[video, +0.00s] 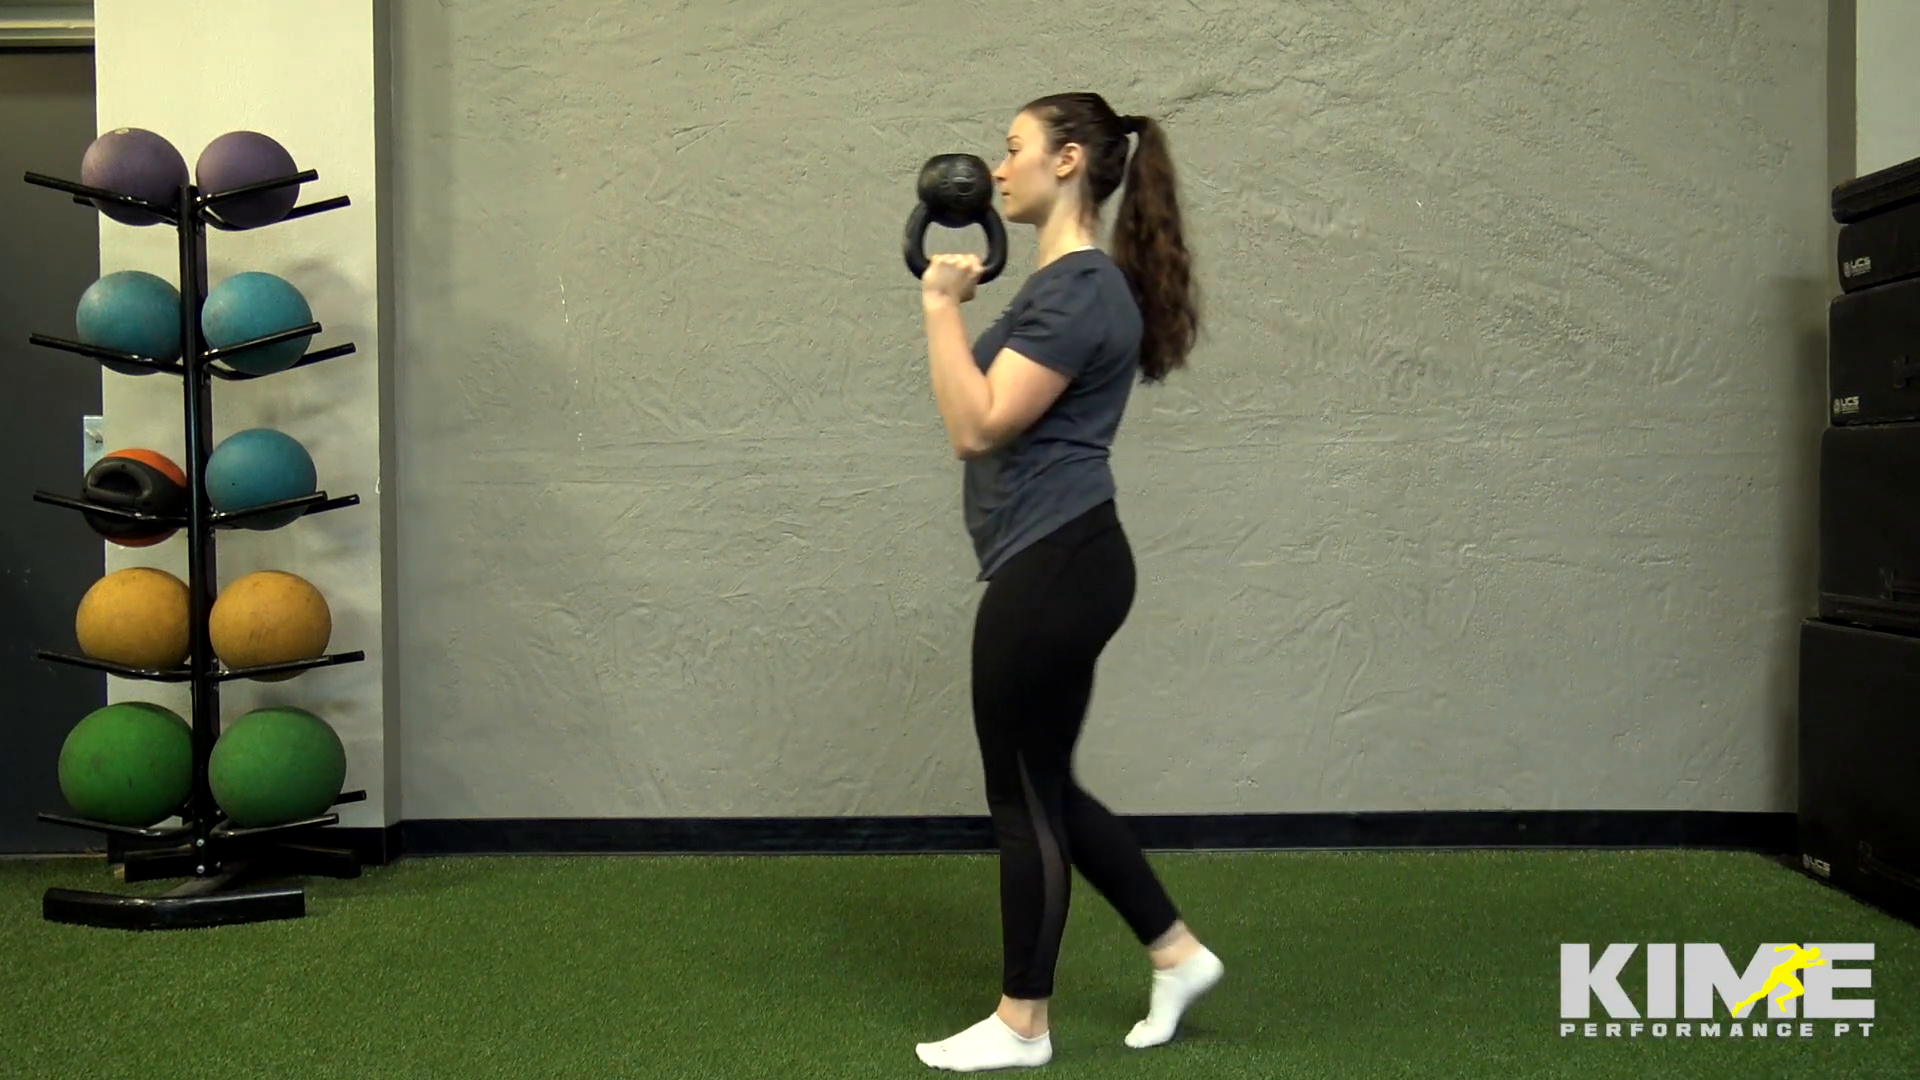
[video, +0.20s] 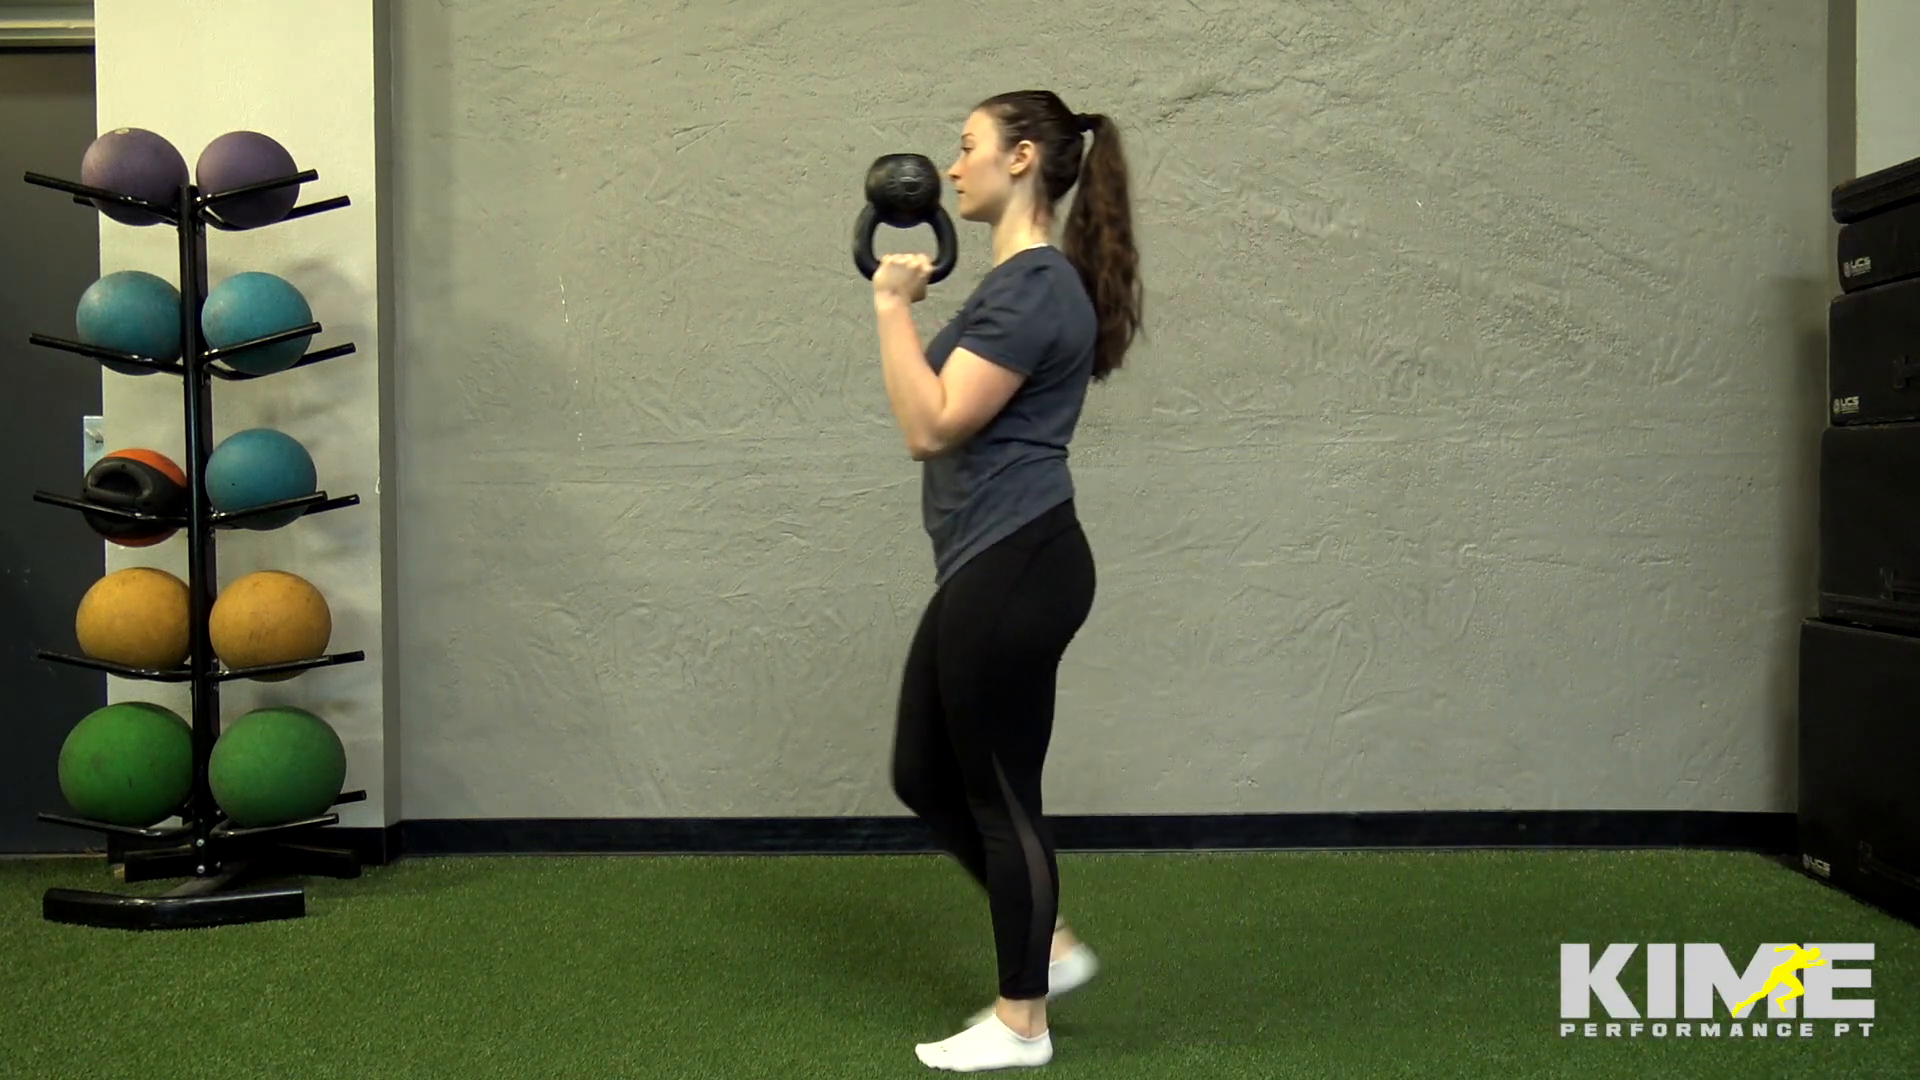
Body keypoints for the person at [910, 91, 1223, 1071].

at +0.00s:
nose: (998, 170)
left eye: (1015, 152)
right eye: (1004, 152)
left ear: (1069, 165)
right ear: (1072, 166)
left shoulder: (1078, 288)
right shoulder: (1067, 281)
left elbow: (979, 424)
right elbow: (976, 425)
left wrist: (940, 304)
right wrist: (950, 306)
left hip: (1053, 565)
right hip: (1058, 558)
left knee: (1020, 792)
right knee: (1045, 782)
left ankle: (1022, 1018)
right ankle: (1178, 952)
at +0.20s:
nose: (952, 168)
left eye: (968, 150)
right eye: (957, 151)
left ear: (1023, 161)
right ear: (1022, 161)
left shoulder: (1039, 286)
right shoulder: (1014, 279)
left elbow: (934, 423)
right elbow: (931, 420)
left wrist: (892, 304)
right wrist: (898, 304)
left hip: (1020, 563)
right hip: (985, 563)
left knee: (1002, 791)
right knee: (923, 775)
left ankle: (1021, 1022)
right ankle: (1049, 944)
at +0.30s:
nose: (934, 168)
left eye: (951, 150)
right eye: (939, 151)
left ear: (1004, 160)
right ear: (1004, 162)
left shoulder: (1023, 285)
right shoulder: (995, 280)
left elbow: (917, 421)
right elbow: (907, 423)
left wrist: (873, 304)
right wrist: (876, 304)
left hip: (1005, 562)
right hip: (963, 564)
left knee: (995, 793)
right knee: (899, 770)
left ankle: (1023, 1020)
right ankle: (958, 979)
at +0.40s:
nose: (906, 171)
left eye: (922, 154)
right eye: (911, 154)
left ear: (977, 165)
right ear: (980, 170)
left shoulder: (992, 287)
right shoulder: (967, 282)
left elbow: (880, 424)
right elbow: (887, 424)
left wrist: (843, 306)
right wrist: (842, 310)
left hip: (978, 566)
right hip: (939, 567)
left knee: (978, 799)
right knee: (884, 781)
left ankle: (1021, 1020)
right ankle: (847, 989)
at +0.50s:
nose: (888, 174)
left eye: (904, 157)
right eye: (893, 156)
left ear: (958, 169)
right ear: (957, 172)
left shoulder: (972, 291)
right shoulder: (947, 286)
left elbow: (858, 425)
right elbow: (868, 424)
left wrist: (822, 309)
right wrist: (823, 314)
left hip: (958, 567)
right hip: (919, 570)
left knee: (967, 800)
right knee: (870, 787)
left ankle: (1020, 1017)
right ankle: (825, 993)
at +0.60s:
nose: (858, 175)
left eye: (872, 158)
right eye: (862, 158)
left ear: (926, 168)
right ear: (927, 170)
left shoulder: (944, 293)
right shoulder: (919, 288)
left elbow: (828, 427)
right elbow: (825, 424)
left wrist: (790, 312)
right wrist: (792, 314)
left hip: (923, 565)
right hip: (892, 568)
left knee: (940, 799)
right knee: (858, 795)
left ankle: (1017, 1014)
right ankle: (825, 1000)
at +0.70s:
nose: (835, 173)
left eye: (850, 156)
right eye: (840, 156)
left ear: (901, 169)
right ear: (903, 170)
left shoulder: (917, 292)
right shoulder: (895, 288)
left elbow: (808, 426)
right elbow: (797, 433)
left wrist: (766, 311)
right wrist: (771, 312)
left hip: (899, 563)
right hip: (872, 567)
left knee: (906, 794)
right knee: (846, 793)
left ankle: (1011, 1005)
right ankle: (822, 1000)